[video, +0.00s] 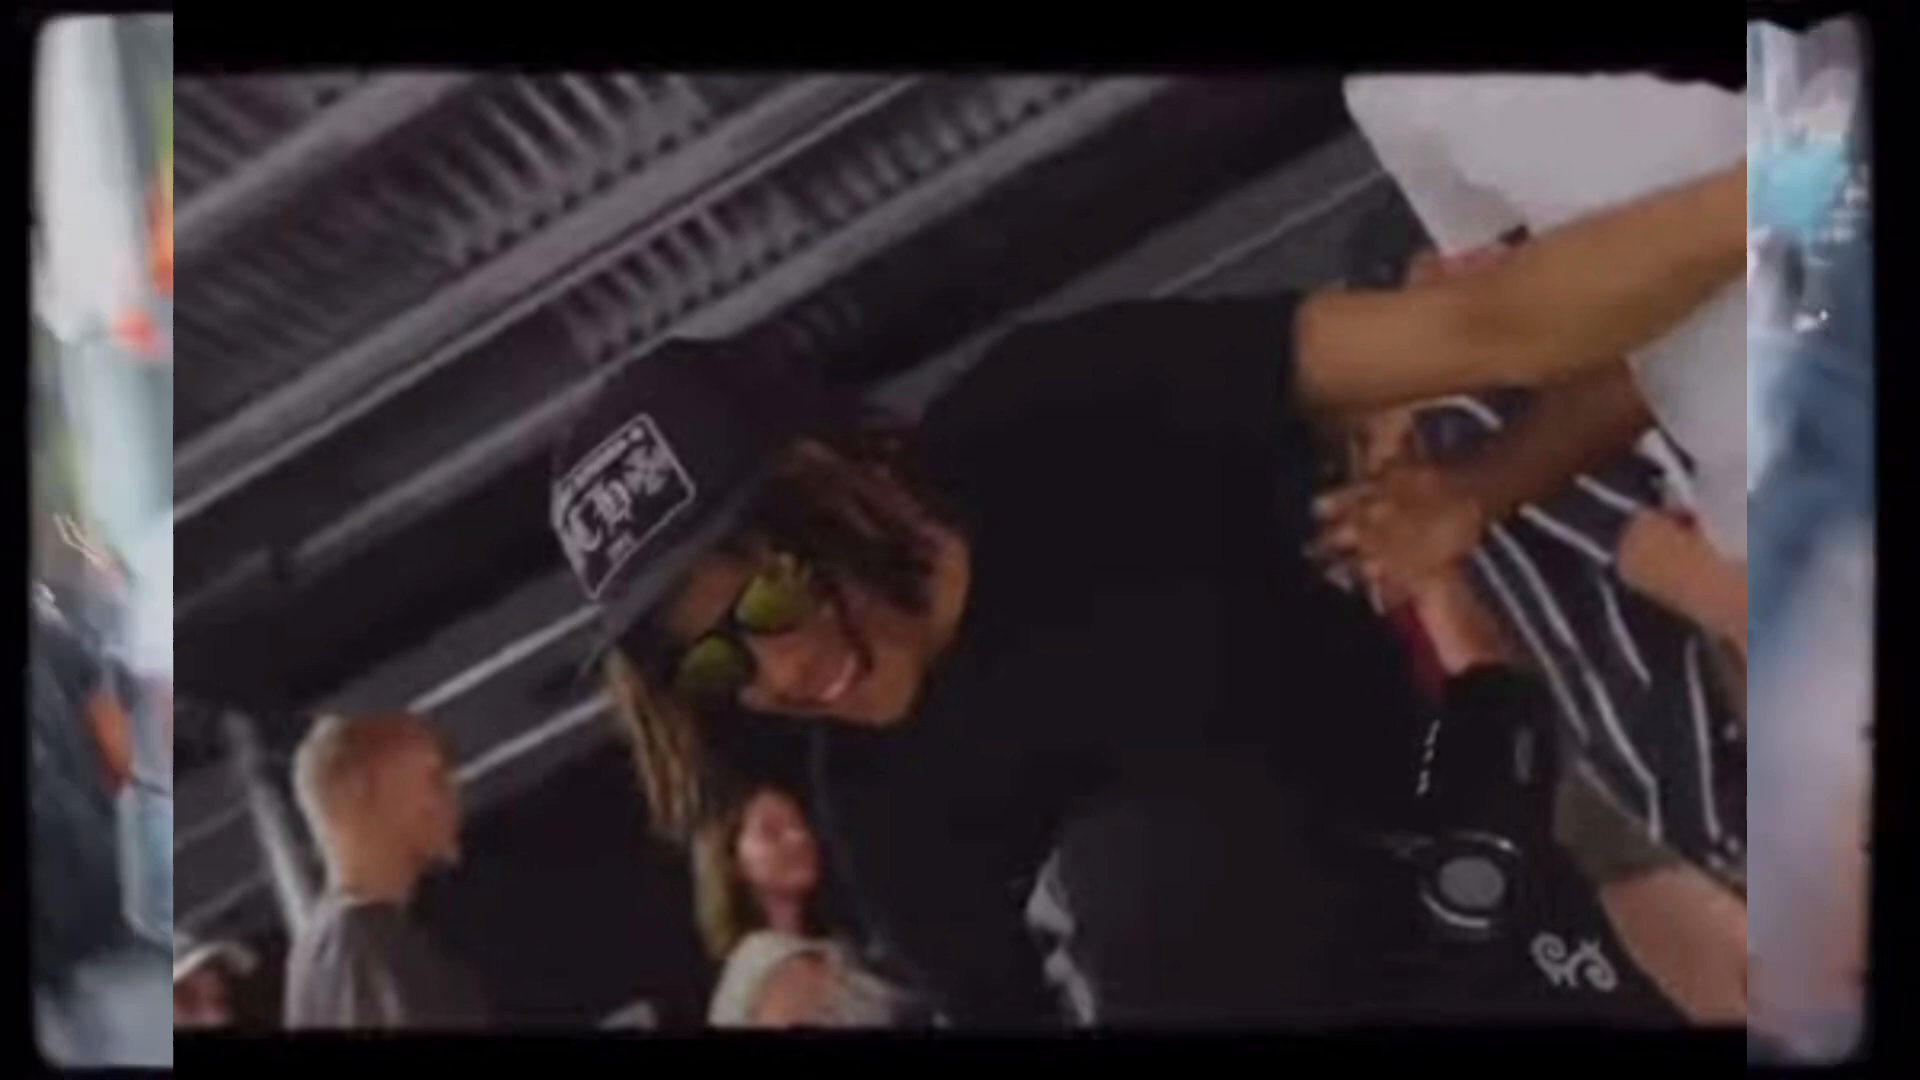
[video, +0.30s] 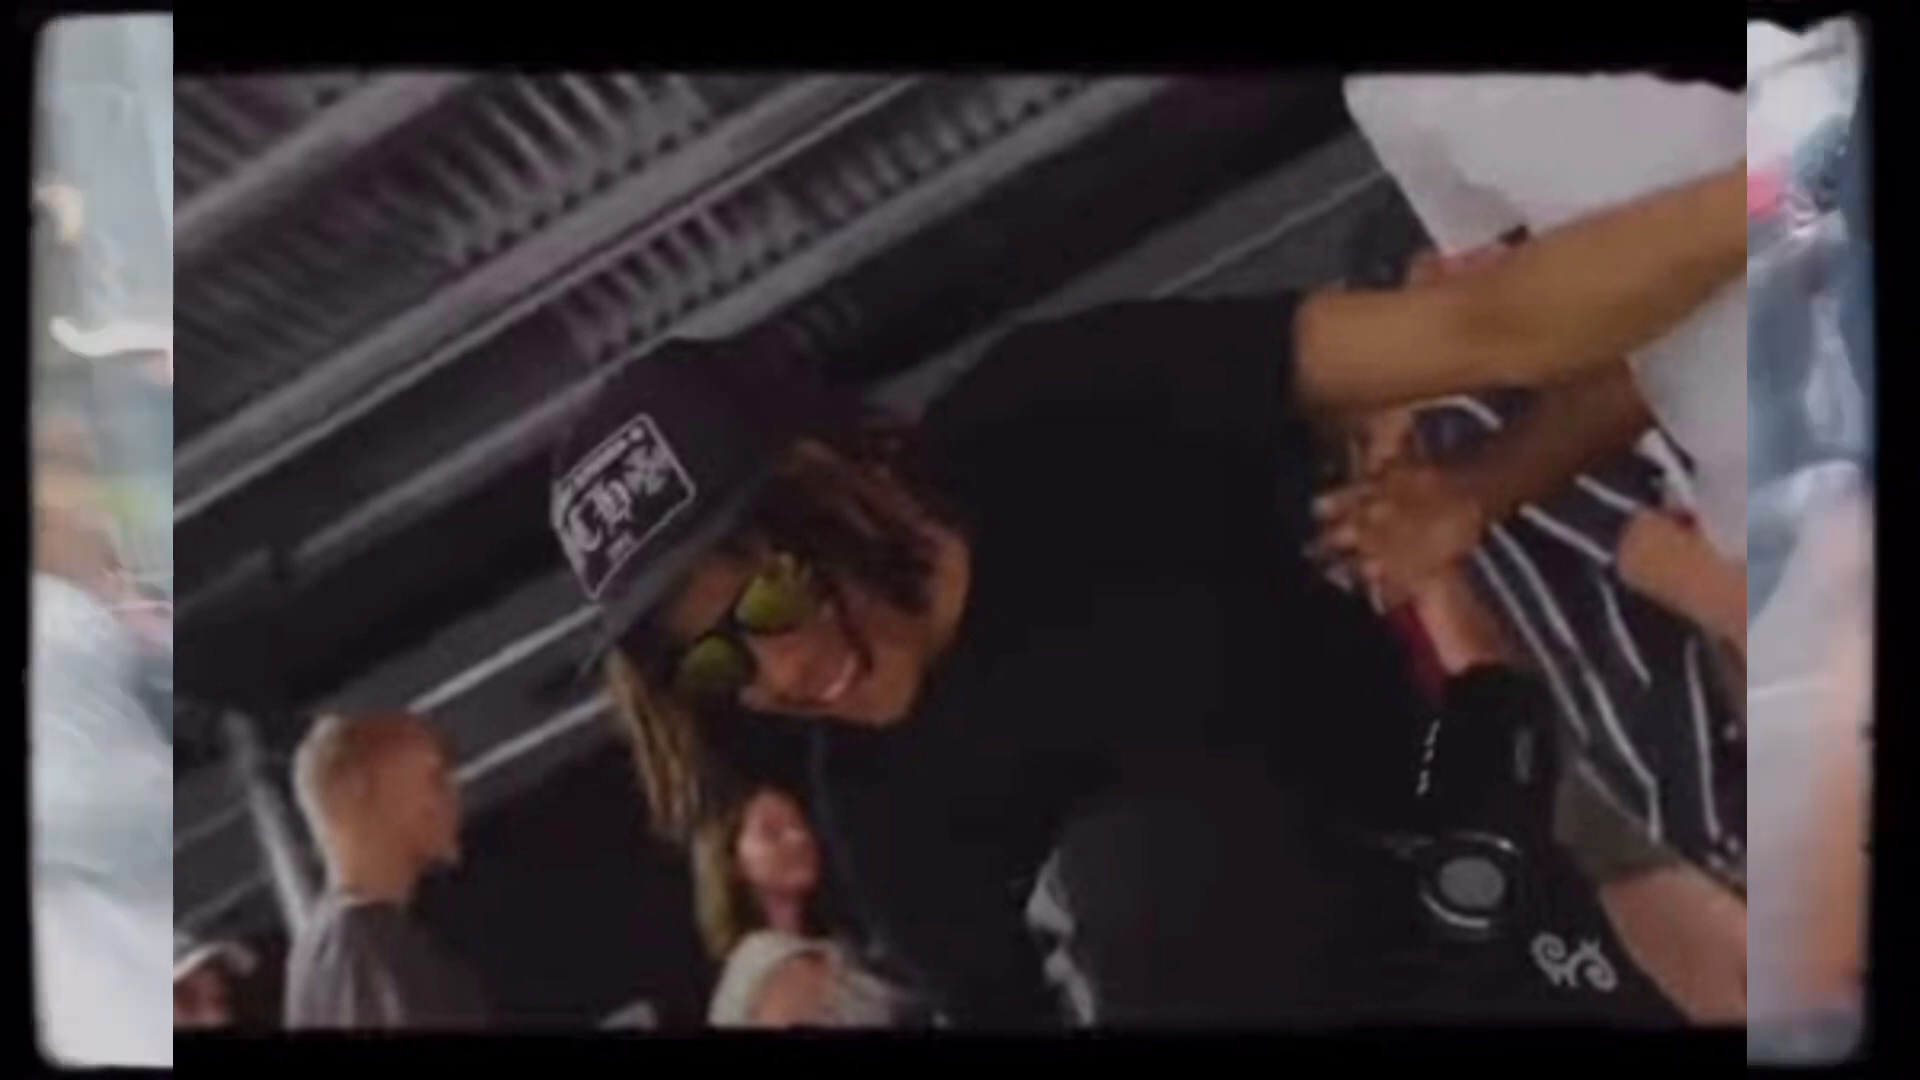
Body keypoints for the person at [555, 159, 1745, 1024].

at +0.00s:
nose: (768, 656)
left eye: (760, 581)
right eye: (708, 654)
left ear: (834, 475)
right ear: (687, 686)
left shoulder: (1053, 403)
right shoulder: (888, 847)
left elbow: (1467, 331)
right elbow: (1038, 1025)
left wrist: (1784, 188)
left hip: (1482, 835)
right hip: (1263, 973)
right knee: (1136, 864)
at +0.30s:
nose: (767, 658)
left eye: (760, 583)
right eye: (707, 655)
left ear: (834, 476)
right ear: (685, 685)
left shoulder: (1053, 403)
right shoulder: (888, 845)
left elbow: (1473, 328)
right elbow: (1033, 1025)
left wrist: (1796, 183)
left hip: (1479, 848)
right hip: (1250, 976)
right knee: (1136, 866)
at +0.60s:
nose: (767, 657)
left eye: (759, 583)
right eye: (707, 654)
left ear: (834, 476)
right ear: (685, 685)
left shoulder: (1055, 403)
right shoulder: (886, 844)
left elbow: (1471, 328)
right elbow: (1031, 1023)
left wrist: (1782, 188)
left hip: (1470, 842)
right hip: (1236, 970)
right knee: (1137, 861)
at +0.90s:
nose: (769, 657)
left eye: (760, 583)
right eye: (710, 655)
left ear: (833, 476)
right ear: (689, 686)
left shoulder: (1056, 402)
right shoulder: (887, 843)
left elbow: (1468, 328)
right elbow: (1029, 1023)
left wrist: (1779, 193)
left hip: (1475, 837)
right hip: (1246, 969)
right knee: (1138, 859)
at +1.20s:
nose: (767, 656)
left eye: (760, 581)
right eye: (708, 653)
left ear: (835, 475)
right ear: (686, 684)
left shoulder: (1051, 403)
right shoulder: (888, 847)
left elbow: (1464, 331)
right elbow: (1039, 1024)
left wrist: (1781, 190)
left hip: (1480, 836)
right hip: (1257, 970)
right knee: (1135, 864)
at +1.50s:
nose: (767, 658)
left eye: (760, 584)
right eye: (708, 655)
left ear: (834, 477)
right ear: (686, 686)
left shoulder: (1052, 404)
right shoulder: (888, 847)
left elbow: (1470, 329)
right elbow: (1039, 1024)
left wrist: (1787, 187)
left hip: (1487, 842)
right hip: (1264, 975)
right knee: (1135, 868)